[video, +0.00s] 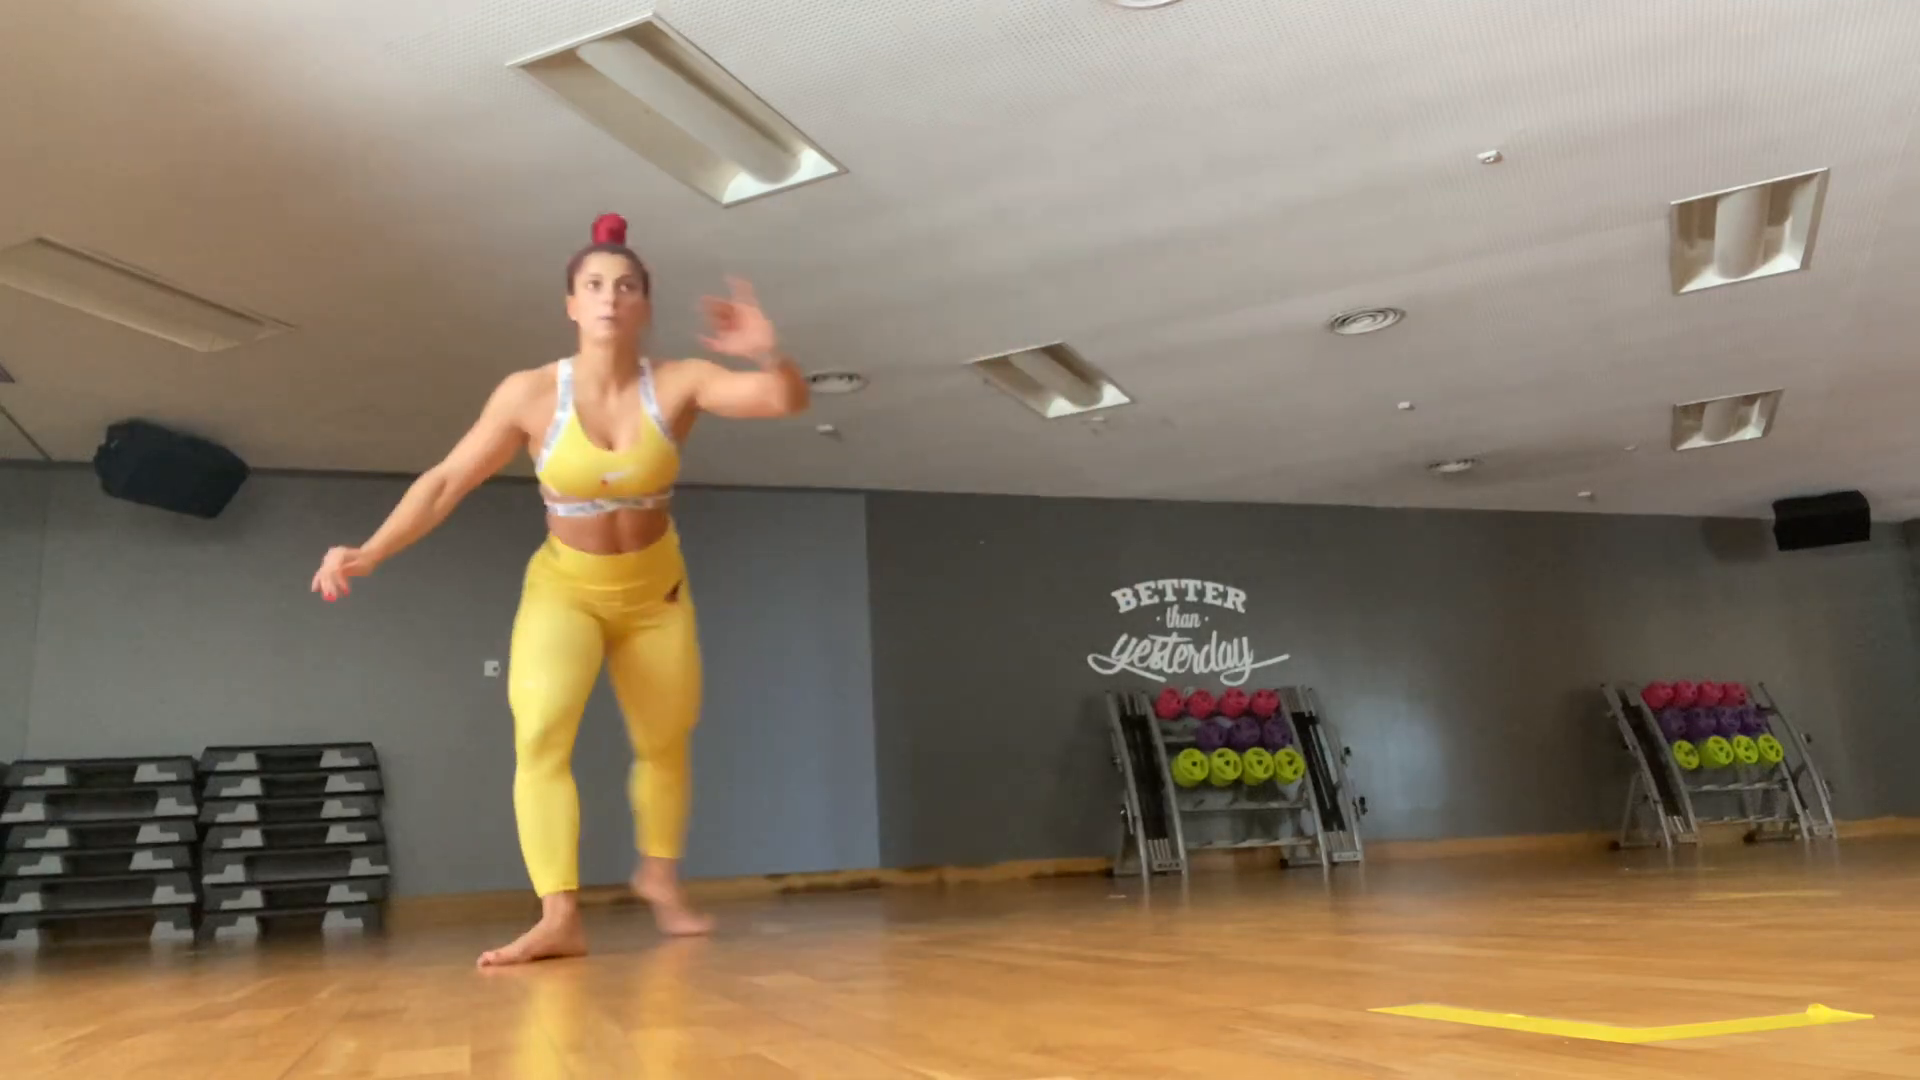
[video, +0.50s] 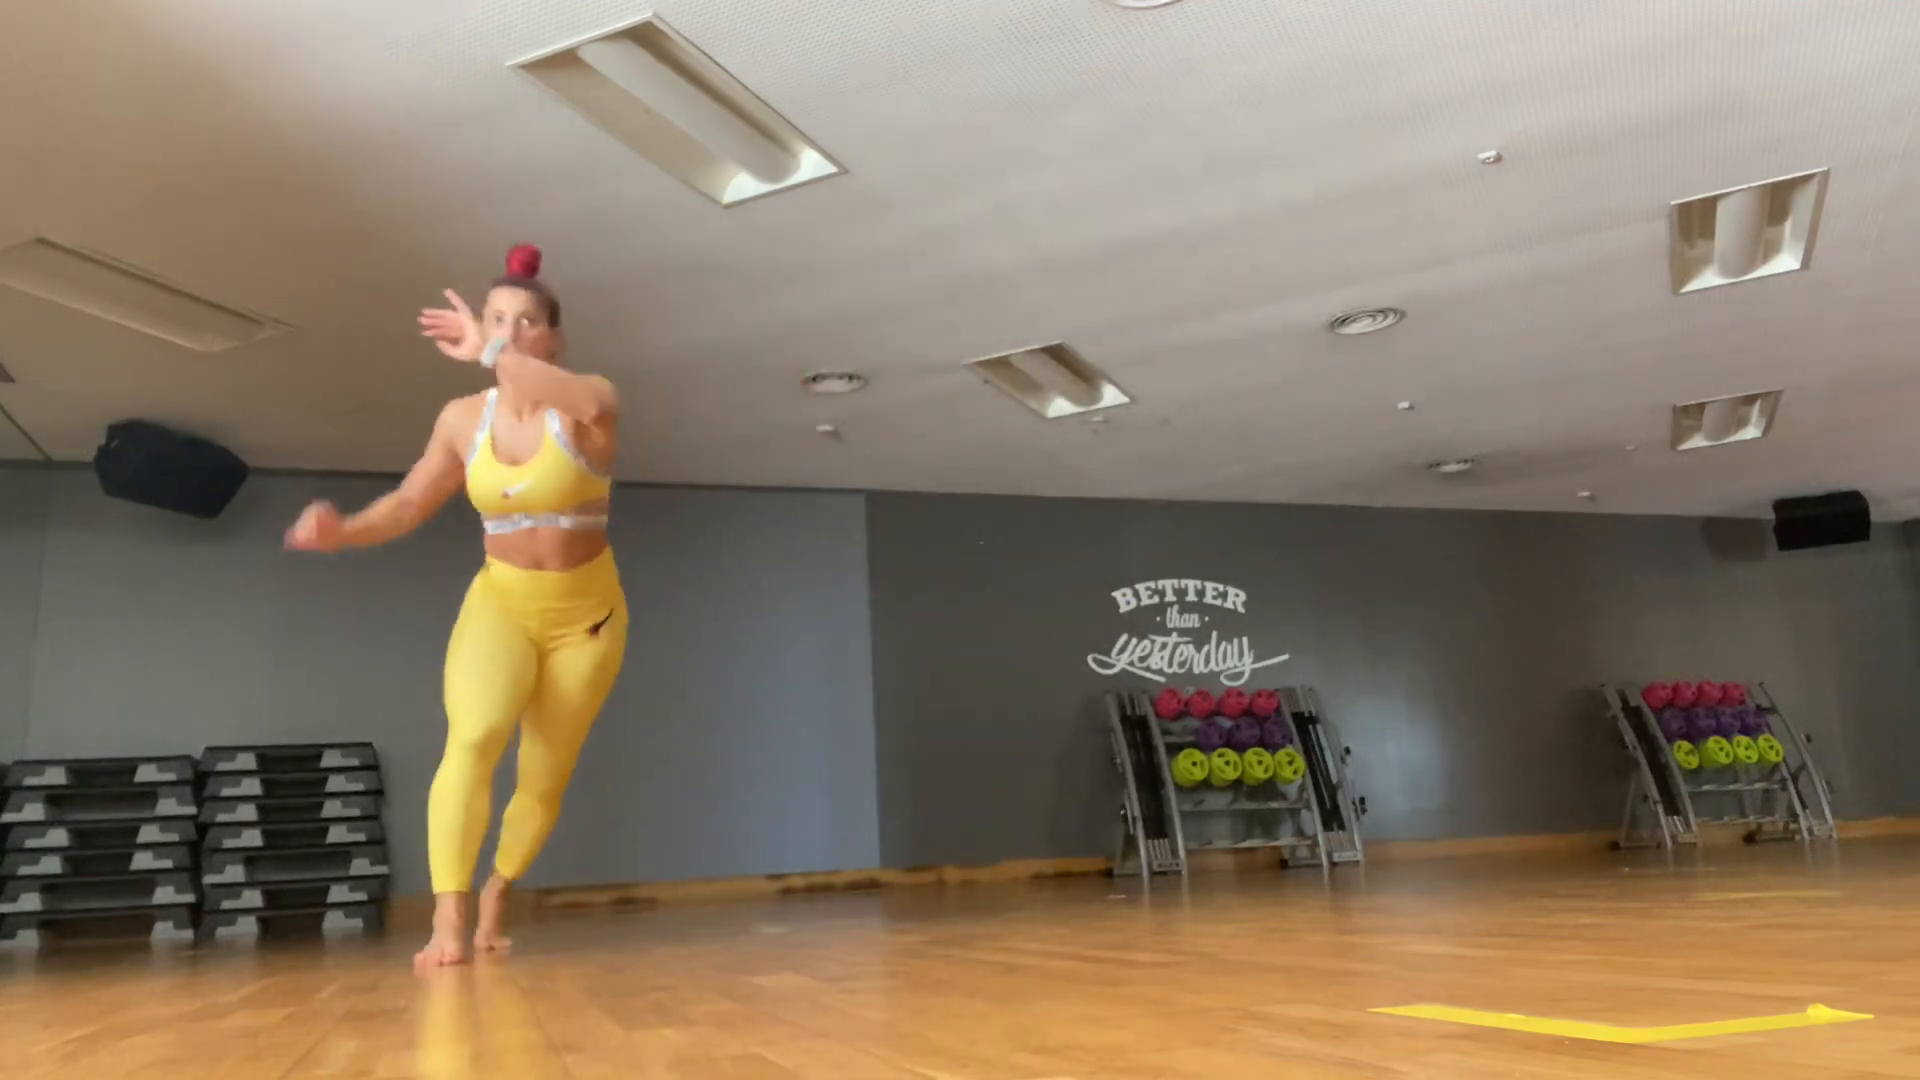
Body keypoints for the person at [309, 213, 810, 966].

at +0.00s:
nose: (612, 293)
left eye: (627, 283)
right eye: (595, 284)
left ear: (647, 309)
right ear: (571, 307)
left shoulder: (680, 382)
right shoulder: (529, 394)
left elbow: (786, 398)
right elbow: (444, 485)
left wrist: (772, 356)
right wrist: (369, 554)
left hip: (655, 589)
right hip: (564, 587)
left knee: (664, 742)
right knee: (539, 736)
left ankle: (660, 877)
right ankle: (559, 915)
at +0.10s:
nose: (597, 290)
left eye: (611, 278)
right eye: (580, 280)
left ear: (629, 297)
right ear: (556, 299)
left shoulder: (653, 374)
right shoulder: (514, 388)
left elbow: (738, 381)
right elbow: (452, 473)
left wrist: (678, 322)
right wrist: (384, 546)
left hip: (631, 590)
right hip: (543, 585)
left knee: (606, 742)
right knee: (536, 736)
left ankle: (571, 887)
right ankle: (556, 913)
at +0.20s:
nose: (564, 300)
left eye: (581, 293)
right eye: (556, 290)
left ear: (604, 318)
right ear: (538, 312)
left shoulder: (624, 391)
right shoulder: (496, 394)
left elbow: (659, 397)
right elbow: (472, 474)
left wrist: (586, 330)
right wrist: (421, 539)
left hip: (601, 603)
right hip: (515, 592)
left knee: (558, 759)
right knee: (519, 738)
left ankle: (505, 886)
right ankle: (537, 909)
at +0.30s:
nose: (559, 341)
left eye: (575, 331)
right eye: (548, 329)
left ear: (594, 345)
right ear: (525, 342)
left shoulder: (612, 422)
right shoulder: (489, 419)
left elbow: (632, 421)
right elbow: (467, 497)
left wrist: (551, 346)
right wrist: (413, 560)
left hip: (583, 625)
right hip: (498, 610)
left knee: (540, 772)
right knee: (497, 725)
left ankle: (493, 893)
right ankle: (498, 898)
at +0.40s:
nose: (532, 358)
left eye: (549, 348)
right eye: (522, 347)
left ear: (578, 357)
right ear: (507, 358)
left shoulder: (605, 438)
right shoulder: (482, 437)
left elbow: (615, 425)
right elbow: (448, 521)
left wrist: (529, 352)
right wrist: (378, 578)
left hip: (575, 640)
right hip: (488, 624)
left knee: (529, 785)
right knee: (482, 730)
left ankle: (481, 907)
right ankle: (459, 914)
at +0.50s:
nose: (505, 331)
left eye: (524, 320)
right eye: (495, 319)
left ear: (553, 335)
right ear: (483, 334)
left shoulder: (592, 401)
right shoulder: (462, 419)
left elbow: (574, 401)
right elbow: (410, 503)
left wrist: (492, 350)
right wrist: (345, 532)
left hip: (587, 612)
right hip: (500, 604)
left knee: (543, 780)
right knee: (473, 742)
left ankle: (498, 891)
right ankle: (450, 919)